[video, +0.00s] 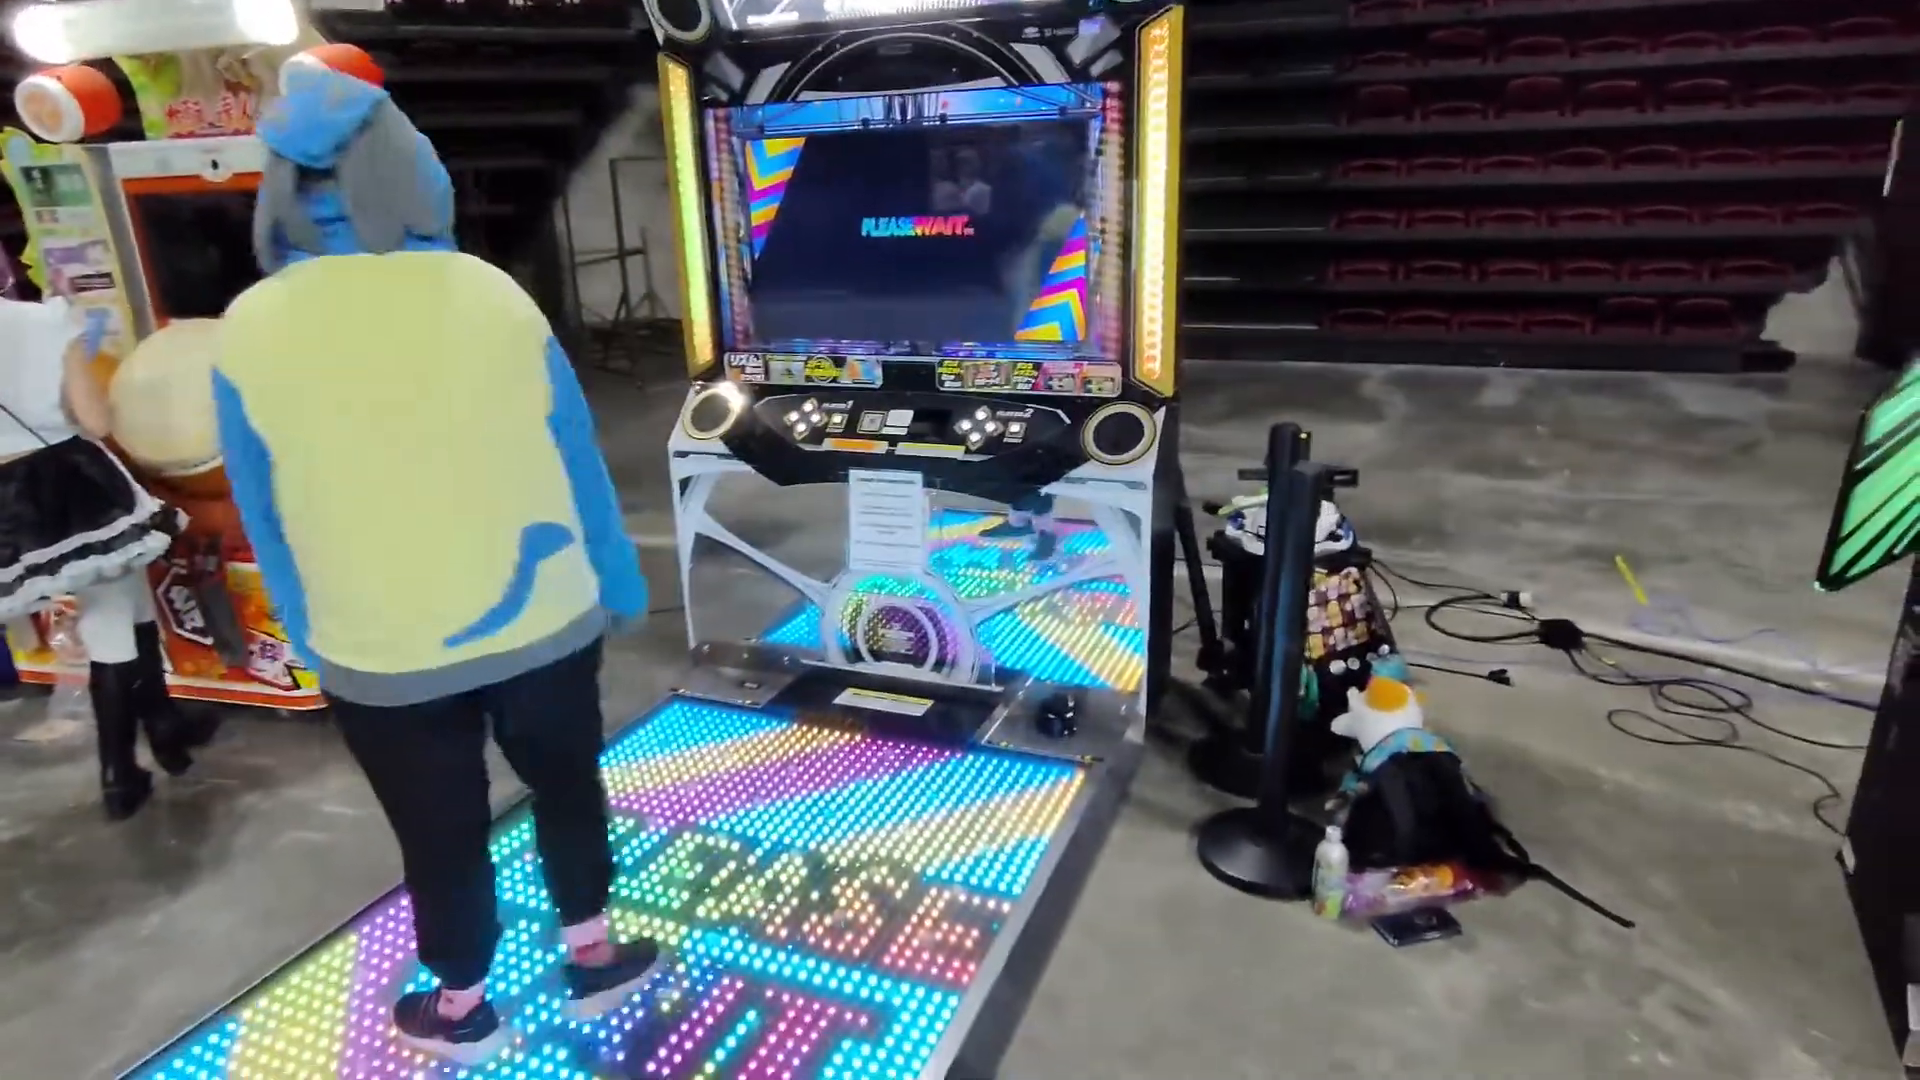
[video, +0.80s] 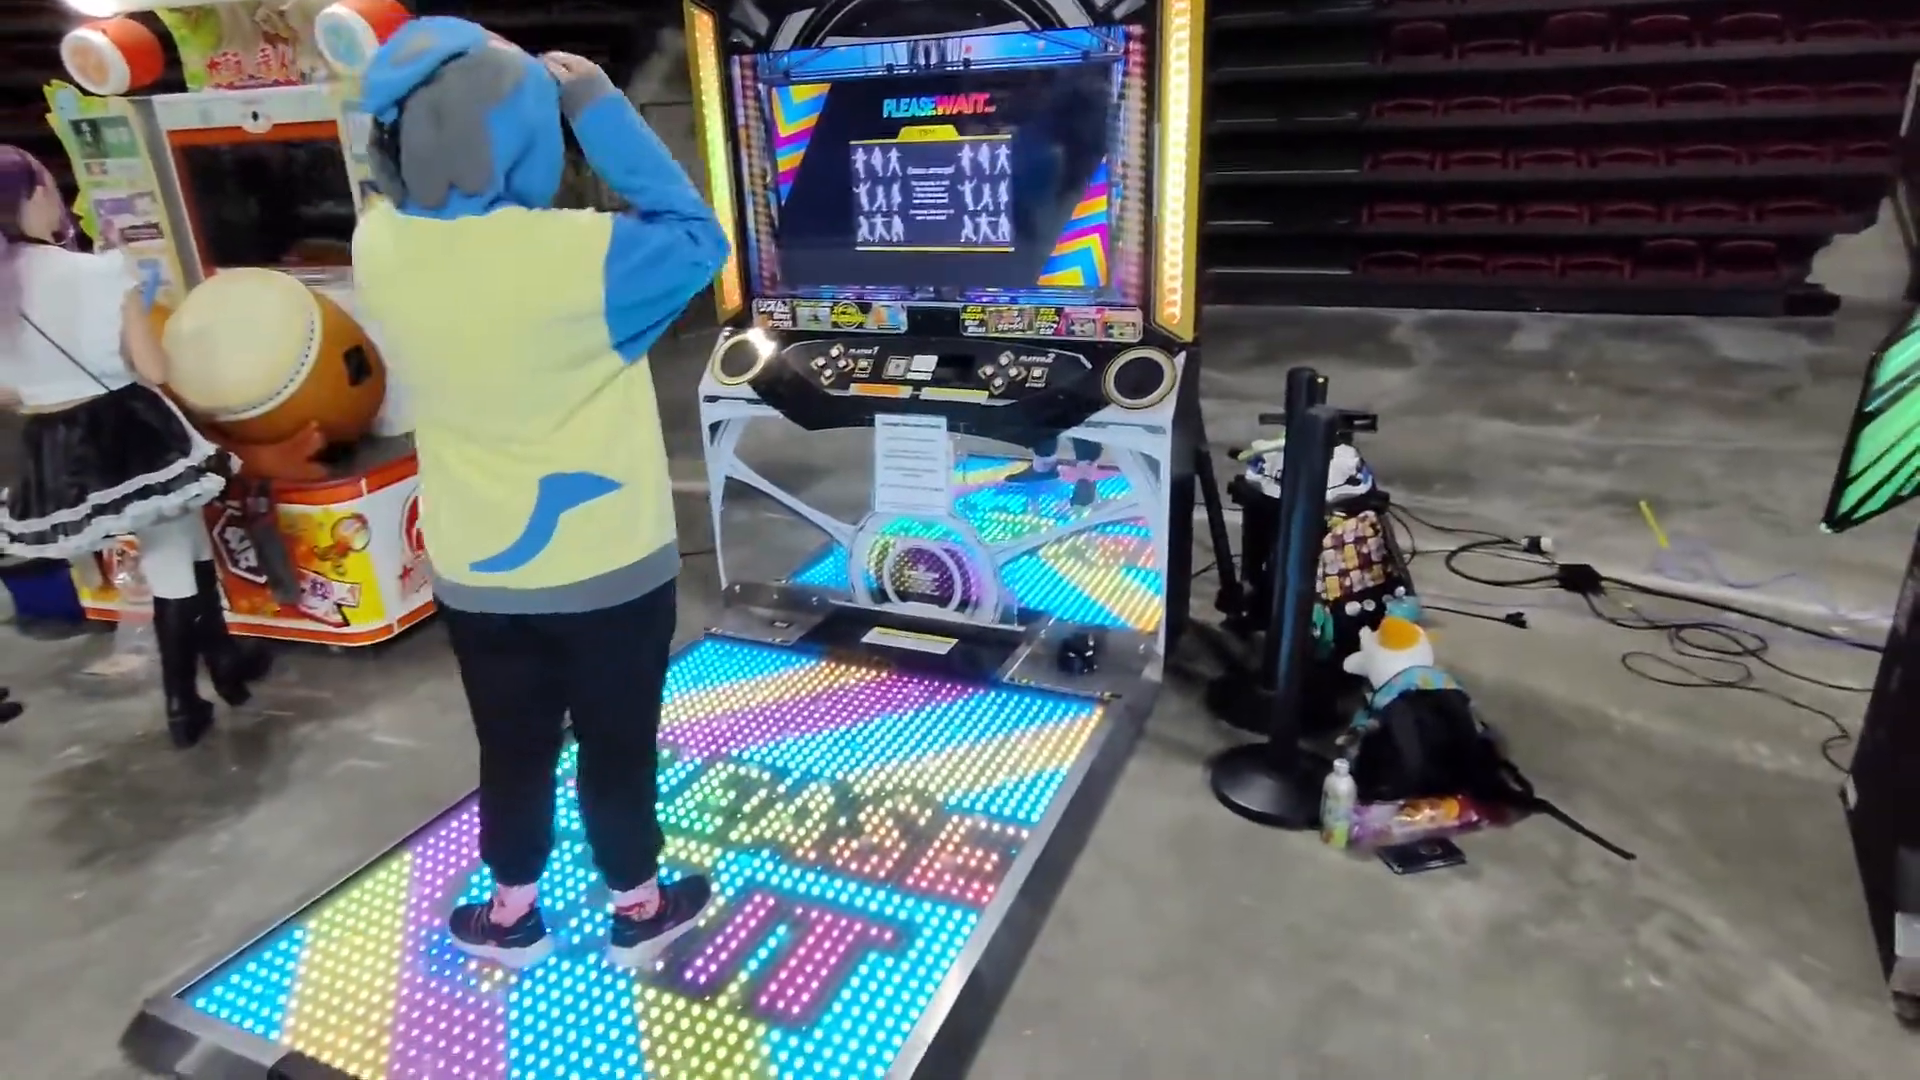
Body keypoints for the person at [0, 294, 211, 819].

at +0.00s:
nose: (30, 261)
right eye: (24, 251)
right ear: (16, 257)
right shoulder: (48, 323)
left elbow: (92, 419)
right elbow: (94, 421)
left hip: (11, 505)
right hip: (70, 493)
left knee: (125, 593)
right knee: (108, 623)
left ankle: (165, 726)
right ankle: (118, 774)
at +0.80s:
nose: (60, 200)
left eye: (55, 189)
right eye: (52, 190)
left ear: (8, 206)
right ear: (29, 199)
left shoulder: (5, 282)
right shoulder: (102, 271)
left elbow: (9, 393)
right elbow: (151, 369)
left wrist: (51, 393)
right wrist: (140, 313)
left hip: (56, 443)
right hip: (128, 432)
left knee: (179, 535)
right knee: (168, 560)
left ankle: (225, 658)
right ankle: (183, 706)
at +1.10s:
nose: (59, 198)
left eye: (53, 188)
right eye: (52, 188)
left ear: (7, 203)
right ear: (30, 195)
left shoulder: (3, 284)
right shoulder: (100, 269)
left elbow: (7, 390)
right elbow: (152, 366)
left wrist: (53, 388)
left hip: (58, 442)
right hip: (129, 429)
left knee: (176, 538)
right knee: (170, 554)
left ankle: (229, 659)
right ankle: (186, 704)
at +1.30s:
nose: (35, 203)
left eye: (29, 190)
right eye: (29, 191)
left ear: (3, 197)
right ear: (10, 196)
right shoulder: (80, 276)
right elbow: (134, 374)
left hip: (22, 456)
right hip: (102, 444)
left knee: (157, 533)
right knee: (152, 554)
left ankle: (210, 666)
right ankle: (167, 711)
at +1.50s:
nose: (16, 199)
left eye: (12, 185)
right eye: (11, 186)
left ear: (3, 194)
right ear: (2, 198)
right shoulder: (64, 279)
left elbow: (116, 372)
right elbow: (121, 378)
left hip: (14, 465)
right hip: (88, 452)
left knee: (139, 536)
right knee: (136, 551)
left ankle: (194, 672)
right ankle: (151, 715)